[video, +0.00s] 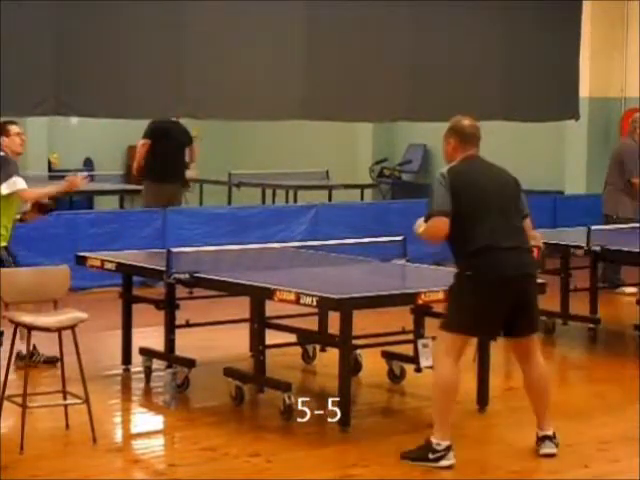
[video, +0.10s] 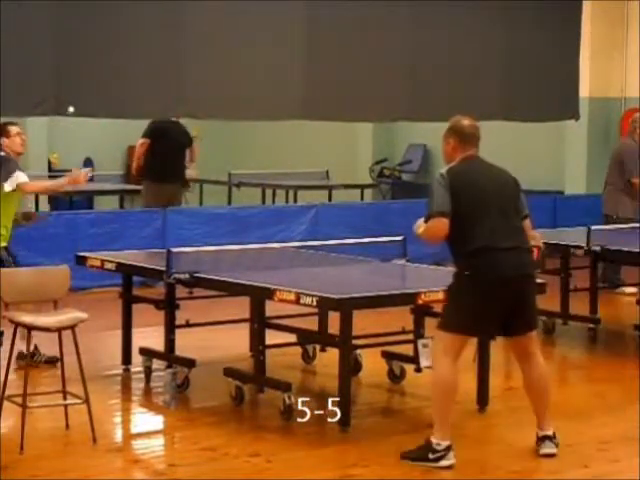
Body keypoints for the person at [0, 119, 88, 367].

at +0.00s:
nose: (23, 140)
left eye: (22, 135)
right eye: (17, 136)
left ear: (8, 141)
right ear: (3, 140)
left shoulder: (8, 164)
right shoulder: (6, 163)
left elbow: (8, 206)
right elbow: (26, 195)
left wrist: (26, 212)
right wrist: (65, 186)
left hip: (4, 242)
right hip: (1, 245)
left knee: (19, 289)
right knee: (21, 288)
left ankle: (27, 347)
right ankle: (26, 348)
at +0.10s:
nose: (23, 140)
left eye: (22, 136)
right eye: (17, 136)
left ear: (8, 142)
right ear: (4, 141)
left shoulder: (9, 163)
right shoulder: (6, 162)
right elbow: (28, 187)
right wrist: (67, 182)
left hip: (4, 243)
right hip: (1, 245)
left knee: (18, 290)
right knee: (20, 289)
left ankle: (28, 347)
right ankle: (28, 348)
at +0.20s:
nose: (27, 142)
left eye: (26, 138)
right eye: (21, 139)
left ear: (12, 145)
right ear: (8, 144)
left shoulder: (11, 165)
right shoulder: (9, 163)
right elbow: (30, 174)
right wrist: (72, 171)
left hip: (5, 245)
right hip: (2, 246)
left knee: (23, 291)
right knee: (25, 290)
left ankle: (30, 349)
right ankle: (30, 350)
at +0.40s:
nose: (47, 152)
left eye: (47, 148)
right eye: (43, 148)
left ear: (36, 150)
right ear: (28, 149)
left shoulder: (35, 169)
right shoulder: (14, 164)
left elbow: (75, 179)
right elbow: (40, 178)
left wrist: (50, 178)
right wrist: (62, 178)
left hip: (12, 247)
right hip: (4, 248)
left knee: (28, 294)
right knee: (25, 295)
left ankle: (29, 349)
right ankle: (28, 349)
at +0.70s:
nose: (69, 164)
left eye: (71, 159)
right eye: (66, 158)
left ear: (58, 159)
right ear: (51, 155)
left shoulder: (58, 184)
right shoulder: (31, 166)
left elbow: (54, 201)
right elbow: (3, 174)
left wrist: (42, 211)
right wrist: (21, 189)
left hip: (18, 238)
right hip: (3, 236)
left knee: (34, 288)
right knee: (28, 288)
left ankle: (30, 349)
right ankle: (29, 349)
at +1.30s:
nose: (80, 144)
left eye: (81, 140)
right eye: (74, 140)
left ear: (78, 143)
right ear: (60, 143)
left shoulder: (74, 171)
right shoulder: (44, 165)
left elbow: (71, 203)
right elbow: (16, 196)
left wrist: (79, 215)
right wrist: (41, 219)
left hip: (54, 240)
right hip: (30, 239)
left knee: (56, 288)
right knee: (44, 288)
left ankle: (36, 342)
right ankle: (32, 344)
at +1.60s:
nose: (99, 157)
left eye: (100, 153)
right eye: (94, 153)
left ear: (95, 156)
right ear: (79, 155)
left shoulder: (87, 181)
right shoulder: (63, 176)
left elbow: (86, 212)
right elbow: (39, 209)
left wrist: (94, 225)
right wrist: (74, 229)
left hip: (63, 245)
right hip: (42, 244)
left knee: (87, 285)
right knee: (55, 291)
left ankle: (68, 329)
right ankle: (38, 344)